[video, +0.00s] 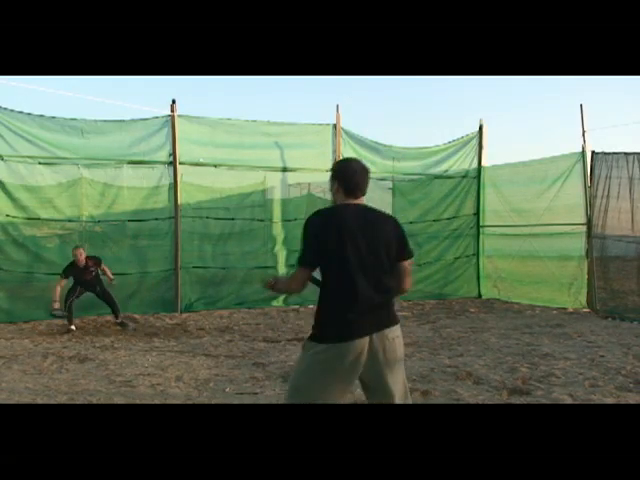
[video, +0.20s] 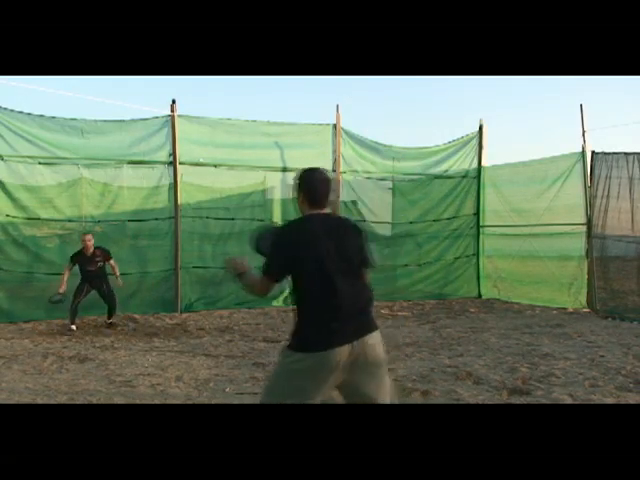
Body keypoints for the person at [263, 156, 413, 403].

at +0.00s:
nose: (330, 188)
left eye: (331, 183)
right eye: (332, 183)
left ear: (336, 186)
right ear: (365, 188)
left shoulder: (320, 221)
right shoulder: (389, 223)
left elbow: (298, 283)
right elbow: (404, 284)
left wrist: (279, 285)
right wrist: (370, 283)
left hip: (335, 339)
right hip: (386, 336)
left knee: (303, 398)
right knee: (394, 399)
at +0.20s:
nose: (297, 197)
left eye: (298, 193)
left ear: (301, 197)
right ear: (328, 195)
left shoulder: (290, 234)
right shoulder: (350, 228)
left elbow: (263, 288)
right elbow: (362, 277)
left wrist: (242, 272)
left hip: (316, 348)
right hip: (367, 341)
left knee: (278, 400)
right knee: (378, 399)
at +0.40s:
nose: (240, 206)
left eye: (241, 200)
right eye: (244, 199)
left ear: (246, 204)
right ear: (275, 200)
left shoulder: (243, 243)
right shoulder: (299, 223)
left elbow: (224, 307)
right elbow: (328, 244)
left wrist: (188, 329)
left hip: (294, 340)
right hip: (340, 327)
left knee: (262, 399)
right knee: (362, 398)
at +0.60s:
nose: (210, 226)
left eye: (210, 221)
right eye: (210, 221)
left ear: (215, 224)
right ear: (244, 214)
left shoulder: (231, 255)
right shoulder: (266, 229)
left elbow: (230, 323)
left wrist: (194, 374)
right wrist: (221, 251)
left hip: (299, 339)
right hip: (341, 321)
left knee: (263, 399)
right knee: (371, 398)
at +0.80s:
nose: (218, 226)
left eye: (218, 221)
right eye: (218, 220)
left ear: (223, 224)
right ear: (249, 214)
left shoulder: (241, 254)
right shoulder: (271, 231)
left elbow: (256, 316)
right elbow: (272, 281)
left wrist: (231, 373)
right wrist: (227, 299)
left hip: (310, 341)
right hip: (347, 321)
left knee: (268, 400)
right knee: (380, 397)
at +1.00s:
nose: (264, 216)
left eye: (266, 210)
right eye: (266, 209)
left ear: (270, 215)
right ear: (294, 210)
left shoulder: (277, 247)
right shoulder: (319, 234)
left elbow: (292, 310)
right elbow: (335, 289)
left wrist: (268, 355)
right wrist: (301, 328)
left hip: (329, 349)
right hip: (370, 334)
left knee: (275, 399)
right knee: (389, 399)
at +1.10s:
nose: (298, 216)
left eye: (298, 211)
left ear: (301, 214)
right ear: (328, 211)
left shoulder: (300, 247)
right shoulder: (352, 238)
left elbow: (311, 313)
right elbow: (375, 289)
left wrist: (289, 351)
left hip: (342, 351)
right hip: (384, 340)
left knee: (285, 399)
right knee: (390, 400)